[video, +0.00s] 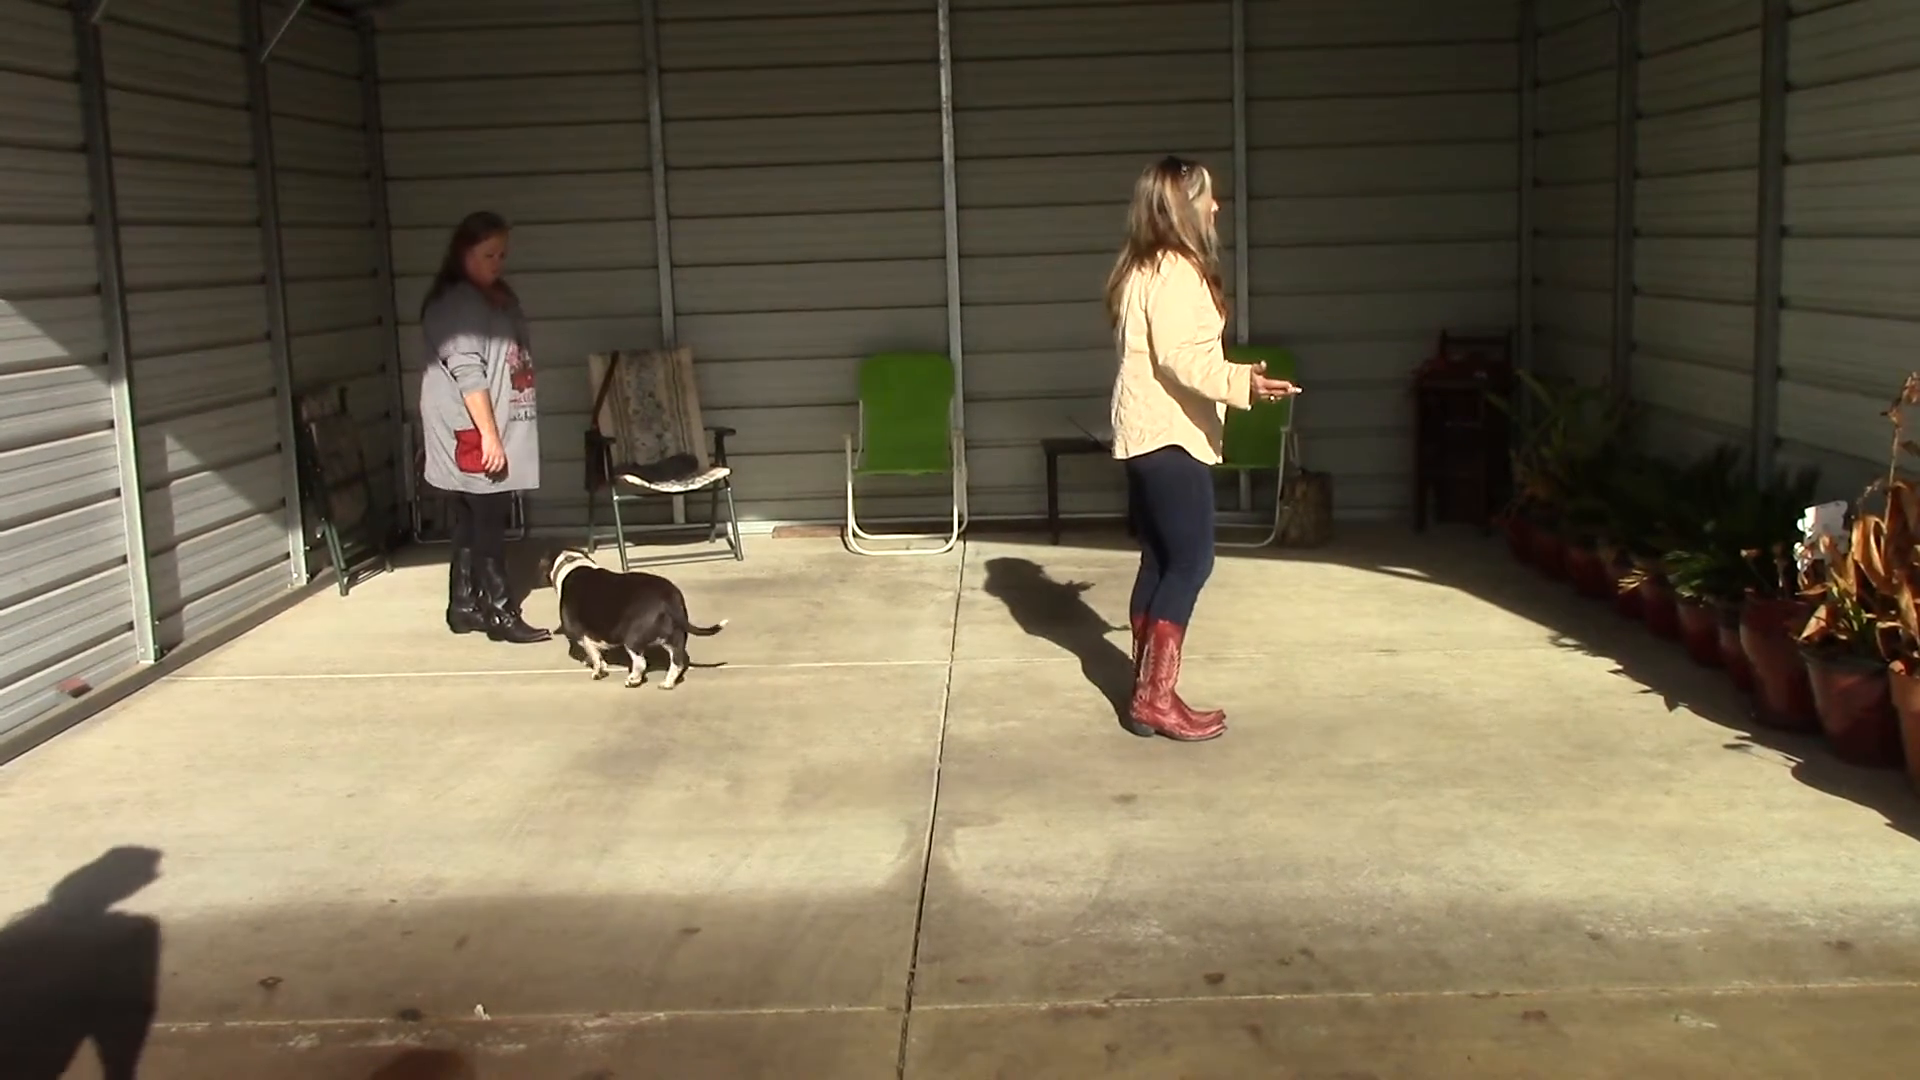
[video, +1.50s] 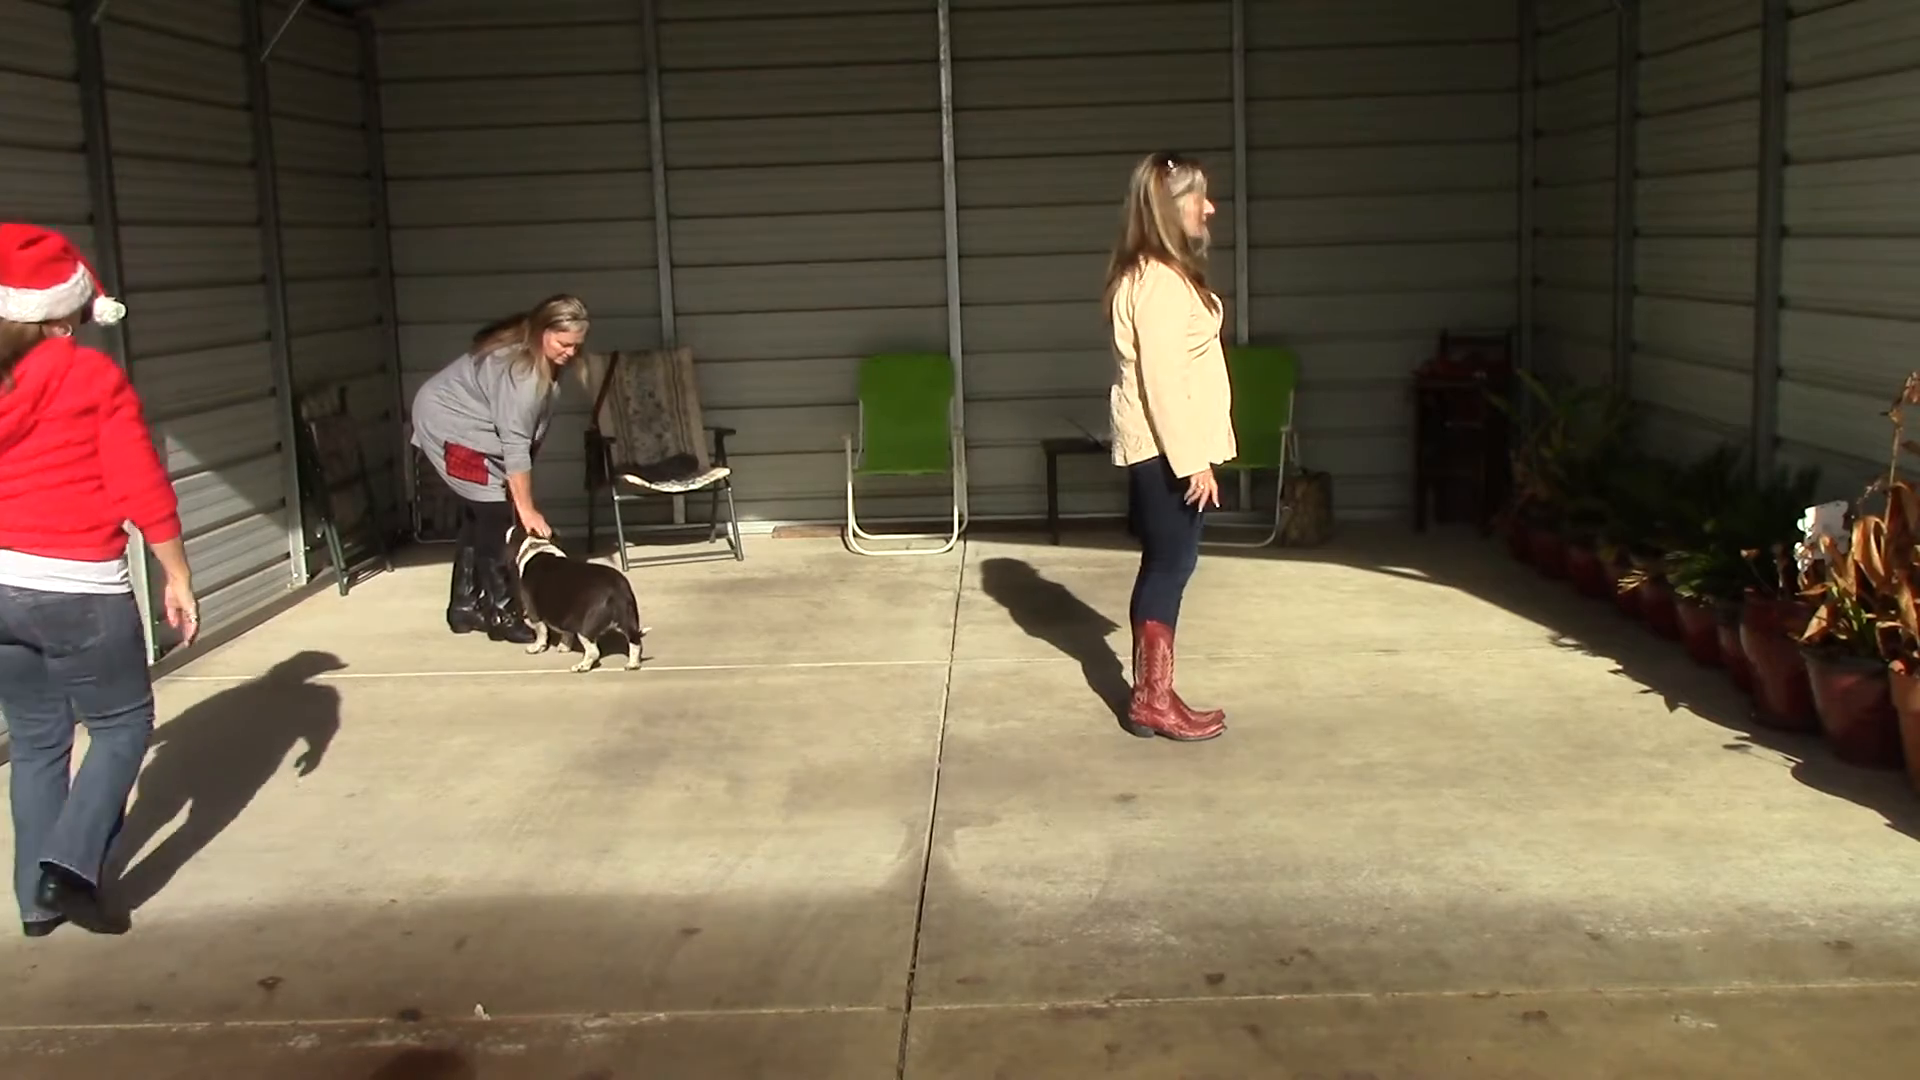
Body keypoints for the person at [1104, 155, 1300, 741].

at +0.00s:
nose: (1216, 209)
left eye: (1214, 198)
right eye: (1209, 199)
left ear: (1165, 206)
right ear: (1184, 206)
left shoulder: (1144, 271)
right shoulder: (1175, 272)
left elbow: (1167, 358)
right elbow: (1181, 356)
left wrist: (1237, 376)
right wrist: (1243, 382)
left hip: (1142, 439)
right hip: (1170, 440)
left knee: (1160, 558)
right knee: (1191, 559)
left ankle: (1150, 691)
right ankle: (1156, 698)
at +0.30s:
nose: (1219, 204)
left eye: (1216, 194)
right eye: (1211, 194)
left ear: (1169, 203)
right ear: (1186, 204)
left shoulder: (1148, 272)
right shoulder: (1171, 274)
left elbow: (1174, 364)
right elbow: (1180, 364)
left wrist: (1233, 386)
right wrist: (1237, 396)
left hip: (1148, 438)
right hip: (1169, 439)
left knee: (1159, 559)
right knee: (1180, 560)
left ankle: (1149, 693)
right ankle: (1155, 699)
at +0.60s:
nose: (1219, 206)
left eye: (1216, 196)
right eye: (1211, 197)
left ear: (1168, 204)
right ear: (1186, 205)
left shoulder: (1148, 272)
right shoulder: (1170, 276)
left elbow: (1175, 362)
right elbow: (1181, 365)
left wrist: (1231, 386)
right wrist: (1237, 398)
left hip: (1149, 437)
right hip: (1170, 439)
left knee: (1160, 559)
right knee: (1181, 561)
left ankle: (1149, 692)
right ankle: (1155, 698)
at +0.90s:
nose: (1218, 205)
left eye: (1215, 195)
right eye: (1209, 196)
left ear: (1168, 203)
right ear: (1184, 204)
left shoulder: (1147, 271)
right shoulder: (1172, 274)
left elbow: (1180, 362)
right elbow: (1181, 362)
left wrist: (1237, 399)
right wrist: (1234, 407)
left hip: (1148, 437)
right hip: (1168, 438)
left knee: (1159, 559)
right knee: (1182, 559)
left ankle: (1149, 692)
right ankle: (1155, 698)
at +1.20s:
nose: (1216, 210)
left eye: (1214, 198)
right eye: (1208, 199)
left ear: (1159, 206)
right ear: (1184, 206)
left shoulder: (1148, 273)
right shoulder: (1168, 280)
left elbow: (1167, 378)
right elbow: (1172, 381)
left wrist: (1202, 450)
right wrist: (1201, 458)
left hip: (1145, 444)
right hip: (1163, 447)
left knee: (1158, 558)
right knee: (1181, 560)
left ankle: (1148, 691)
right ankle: (1155, 696)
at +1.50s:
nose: (1208, 207)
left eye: (1207, 196)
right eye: (1197, 197)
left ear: (1174, 208)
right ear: (1166, 206)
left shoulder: (1165, 275)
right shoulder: (1156, 279)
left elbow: (1168, 380)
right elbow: (1163, 383)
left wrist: (1200, 455)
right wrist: (1193, 462)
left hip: (1161, 444)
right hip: (1158, 446)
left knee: (1164, 558)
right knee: (1173, 558)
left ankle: (1154, 693)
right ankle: (1153, 696)